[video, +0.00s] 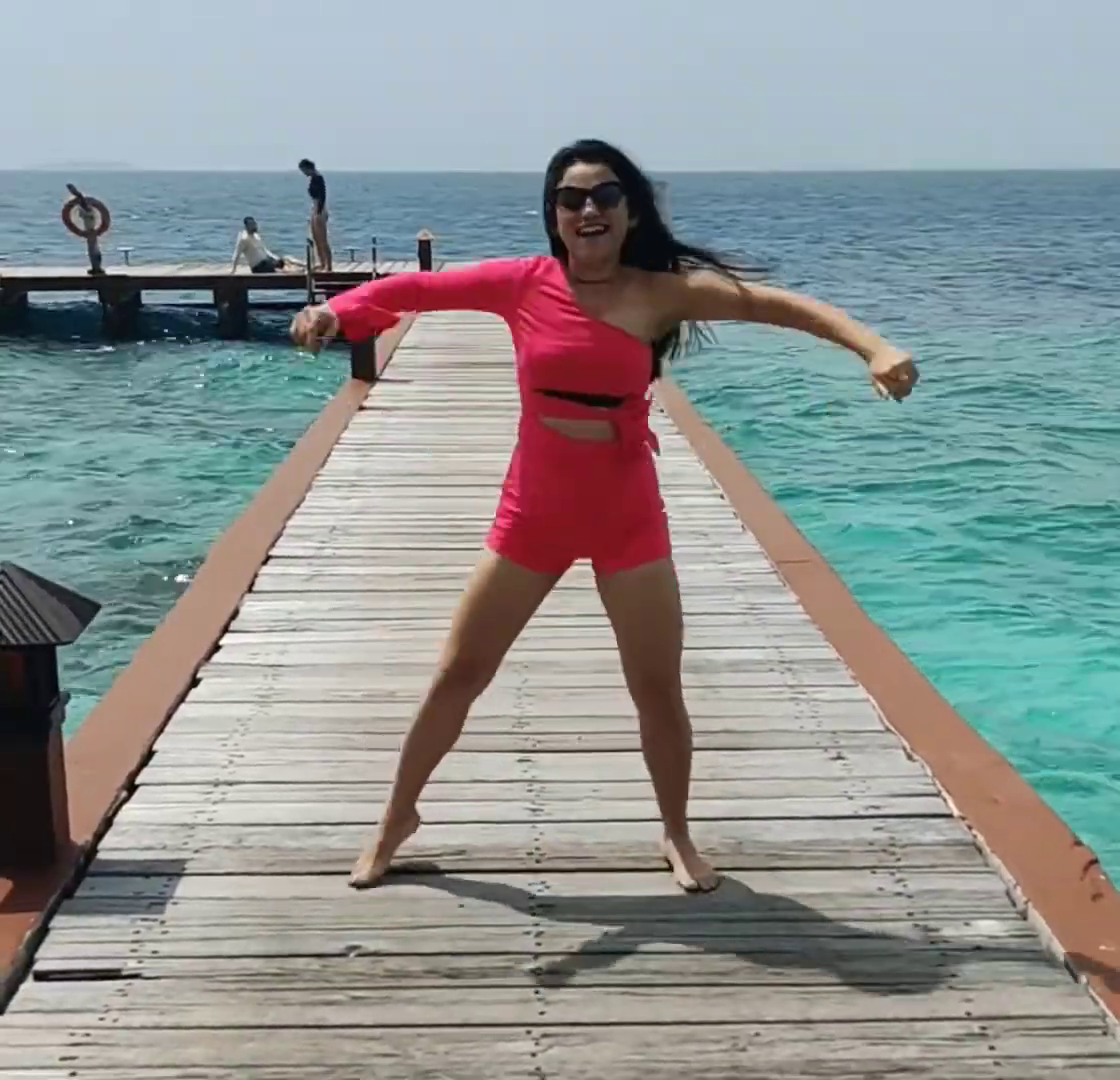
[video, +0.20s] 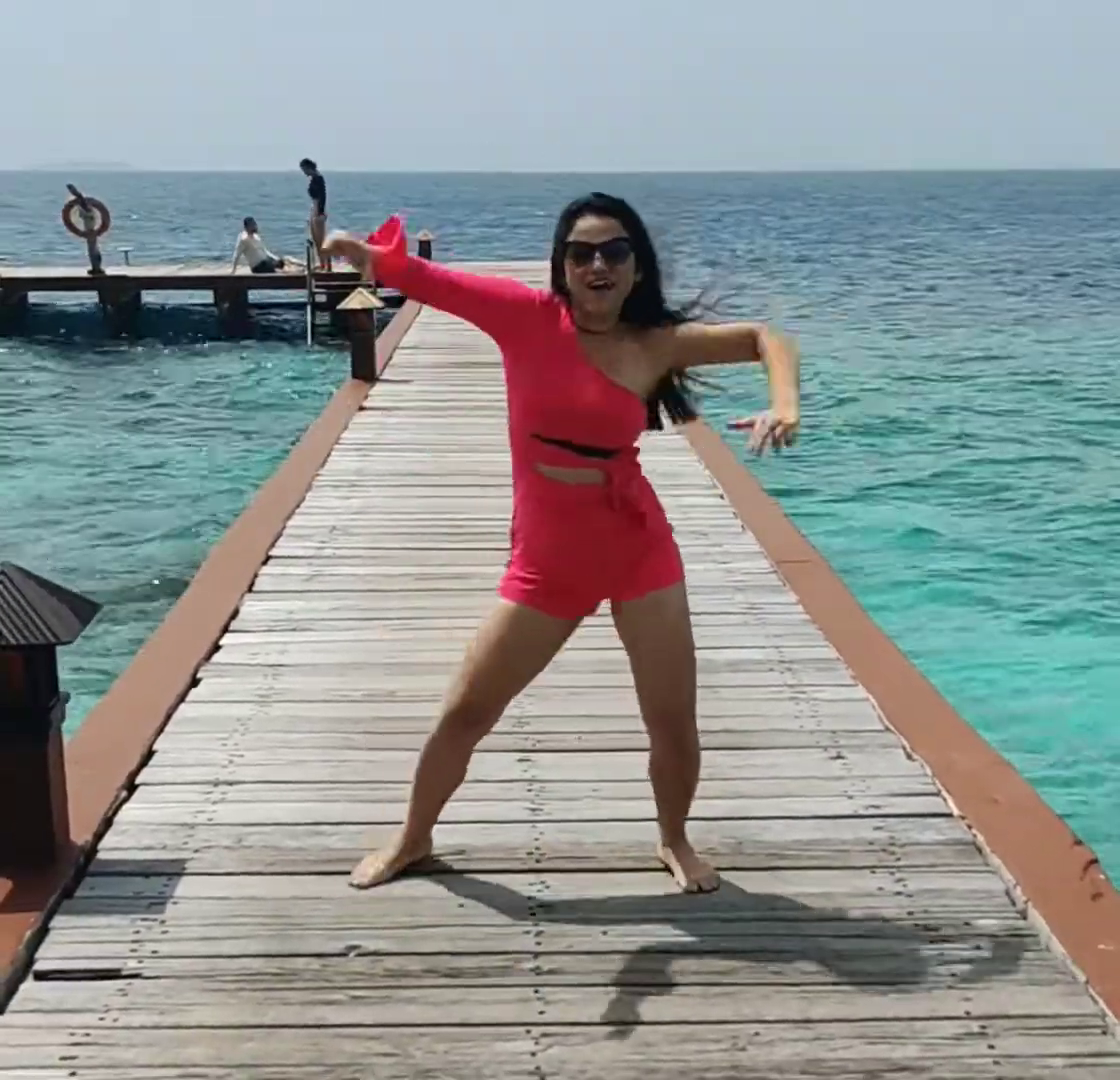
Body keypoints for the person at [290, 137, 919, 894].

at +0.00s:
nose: (590, 212)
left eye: (606, 197)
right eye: (573, 199)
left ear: (632, 210)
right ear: (554, 213)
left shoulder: (663, 293)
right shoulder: (523, 284)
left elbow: (786, 308)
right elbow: (416, 291)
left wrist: (874, 348)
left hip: (626, 509)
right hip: (534, 505)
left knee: (658, 686)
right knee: (458, 674)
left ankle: (677, 837)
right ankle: (394, 825)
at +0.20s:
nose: (598, 265)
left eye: (615, 251)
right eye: (581, 253)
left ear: (638, 264)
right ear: (560, 264)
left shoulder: (658, 345)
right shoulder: (526, 318)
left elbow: (769, 339)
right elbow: (424, 279)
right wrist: (361, 252)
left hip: (639, 550)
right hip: (547, 556)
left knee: (673, 721)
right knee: (466, 715)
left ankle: (675, 840)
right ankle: (412, 839)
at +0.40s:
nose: (615, 255)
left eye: (635, 243)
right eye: (603, 245)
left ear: (669, 262)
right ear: (592, 263)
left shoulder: (684, 375)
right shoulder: (557, 332)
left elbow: (665, 495)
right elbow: (440, 366)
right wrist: (354, 428)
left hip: (658, 563)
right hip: (564, 561)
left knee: (678, 731)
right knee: (461, 699)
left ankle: (677, 841)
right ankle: (414, 827)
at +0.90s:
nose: (548, 274)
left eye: (565, 261)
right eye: (553, 260)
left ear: (610, 278)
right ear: (590, 281)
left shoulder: (628, 333)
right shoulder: (591, 367)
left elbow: (545, 327)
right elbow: (551, 494)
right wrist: (467, 491)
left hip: (549, 586)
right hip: (481, 560)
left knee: (590, 754)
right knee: (398, 711)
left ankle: (672, 841)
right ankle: (421, 879)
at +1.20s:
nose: (563, 233)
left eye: (581, 219)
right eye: (548, 219)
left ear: (611, 236)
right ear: (529, 231)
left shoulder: (636, 327)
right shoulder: (507, 287)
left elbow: (755, 368)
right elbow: (416, 227)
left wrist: (725, 475)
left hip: (594, 554)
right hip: (506, 547)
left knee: (624, 739)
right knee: (440, 716)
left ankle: (690, 812)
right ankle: (426, 884)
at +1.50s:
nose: (626, 291)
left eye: (645, 274)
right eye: (609, 277)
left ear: (675, 287)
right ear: (591, 288)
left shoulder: (697, 390)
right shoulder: (558, 345)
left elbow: (770, 488)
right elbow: (432, 353)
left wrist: (704, 555)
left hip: (673, 598)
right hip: (581, 596)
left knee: (687, 759)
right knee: (477, 731)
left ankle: (704, 868)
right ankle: (429, 887)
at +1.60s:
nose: (649, 281)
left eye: (665, 265)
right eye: (632, 268)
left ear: (692, 272)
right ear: (613, 276)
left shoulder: (705, 390)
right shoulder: (573, 341)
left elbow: (693, 517)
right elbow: (485, 402)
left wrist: (620, 535)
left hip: (678, 586)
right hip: (583, 584)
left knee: (690, 758)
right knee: (484, 730)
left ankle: (705, 866)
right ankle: (427, 888)